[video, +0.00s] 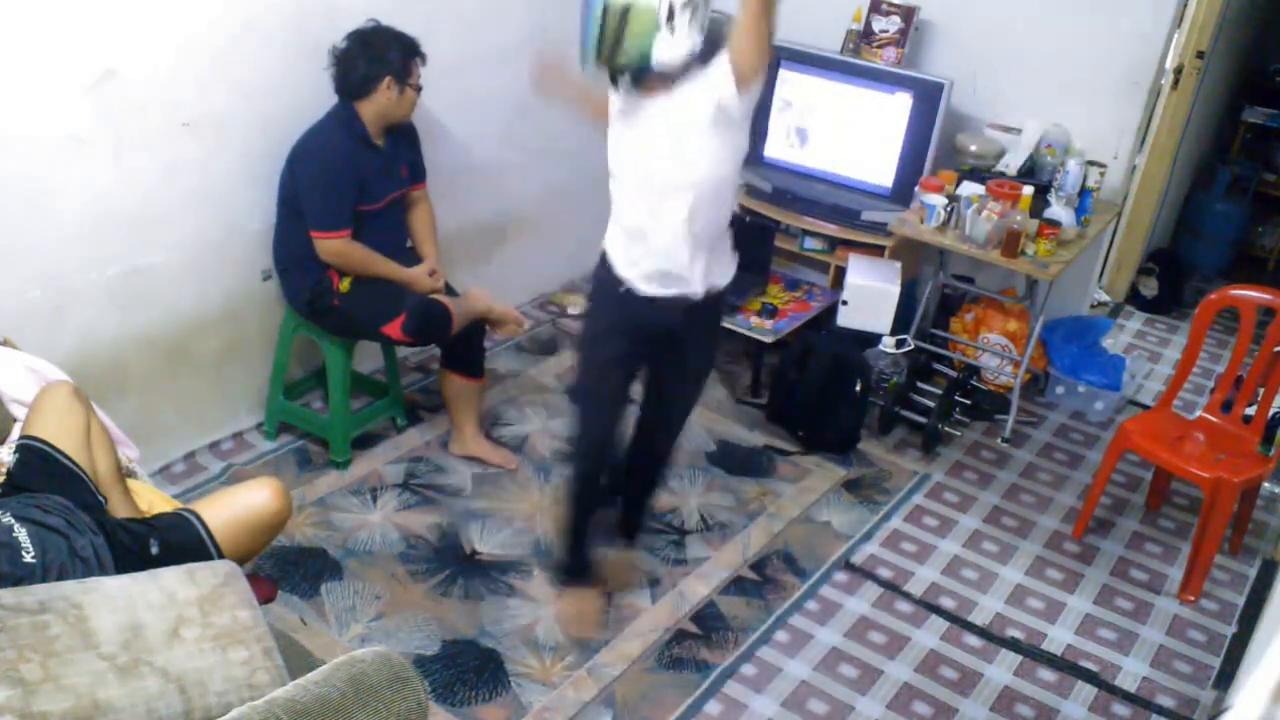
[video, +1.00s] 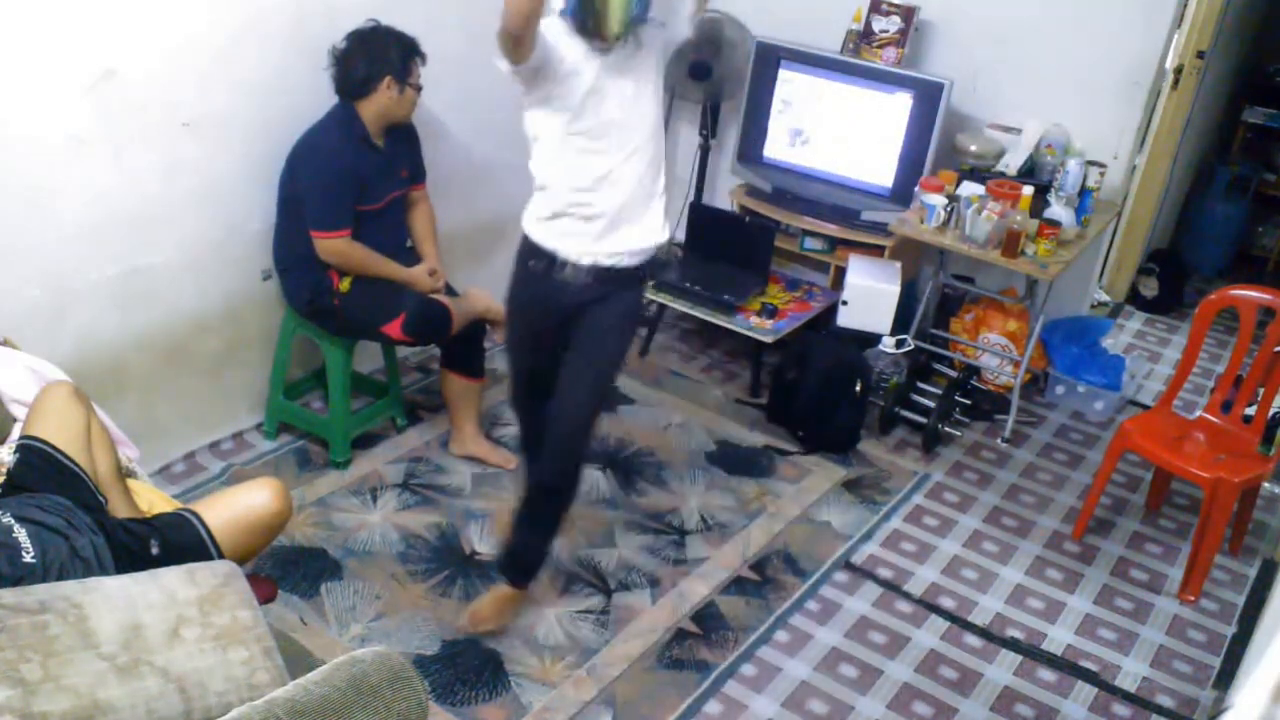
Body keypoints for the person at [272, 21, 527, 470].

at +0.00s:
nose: (419, 96)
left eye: (419, 87)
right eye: (416, 87)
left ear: (387, 88)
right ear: (387, 88)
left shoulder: (400, 131)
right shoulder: (326, 151)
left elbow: (417, 202)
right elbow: (333, 249)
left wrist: (428, 260)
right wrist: (407, 277)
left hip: (388, 264)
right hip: (325, 282)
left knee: (465, 323)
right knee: (424, 323)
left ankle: (466, 436)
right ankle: (476, 306)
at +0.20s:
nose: (419, 96)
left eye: (419, 87)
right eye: (416, 87)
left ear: (386, 87)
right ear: (387, 87)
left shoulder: (400, 130)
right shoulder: (326, 151)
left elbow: (418, 202)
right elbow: (333, 250)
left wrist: (428, 260)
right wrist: (407, 277)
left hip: (388, 265)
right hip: (325, 283)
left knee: (466, 323)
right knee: (426, 323)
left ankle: (466, 435)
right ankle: (476, 306)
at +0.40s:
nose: (419, 96)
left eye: (419, 87)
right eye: (416, 87)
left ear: (387, 88)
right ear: (387, 88)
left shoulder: (400, 130)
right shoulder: (326, 151)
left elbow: (418, 202)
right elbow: (332, 249)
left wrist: (429, 260)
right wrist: (407, 276)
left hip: (388, 265)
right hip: (325, 281)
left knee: (465, 323)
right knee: (423, 324)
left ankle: (466, 435)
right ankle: (477, 306)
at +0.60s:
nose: (420, 96)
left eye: (420, 87)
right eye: (416, 86)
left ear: (387, 88)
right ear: (387, 88)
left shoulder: (400, 131)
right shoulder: (326, 150)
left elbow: (418, 202)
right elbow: (332, 249)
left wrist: (430, 261)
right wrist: (407, 277)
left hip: (388, 265)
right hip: (326, 283)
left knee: (465, 322)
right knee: (424, 324)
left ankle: (466, 435)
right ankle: (477, 305)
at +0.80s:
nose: (420, 95)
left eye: (420, 86)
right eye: (416, 86)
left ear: (387, 88)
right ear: (387, 88)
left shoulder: (400, 131)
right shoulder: (326, 150)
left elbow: (417, 201)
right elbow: (332, 249)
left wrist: (430, 260)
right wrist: (407, 276)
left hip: (388, 264)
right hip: (325, 283)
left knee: (465, 322)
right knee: (424, 324)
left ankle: (466, 435)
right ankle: (478, 305)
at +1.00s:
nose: (420, 96)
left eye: (420, 87)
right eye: (416, 87)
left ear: (387, 87)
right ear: (388, 87)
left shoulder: (399, 131)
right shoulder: (326, 151)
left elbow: (417, 201)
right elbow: (332, 249)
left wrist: (430, 261)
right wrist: (407, 275)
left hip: (387, 264)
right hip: (325, 284)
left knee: (465, 324)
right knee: (422, 323)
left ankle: (466, 435)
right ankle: (473, 306)